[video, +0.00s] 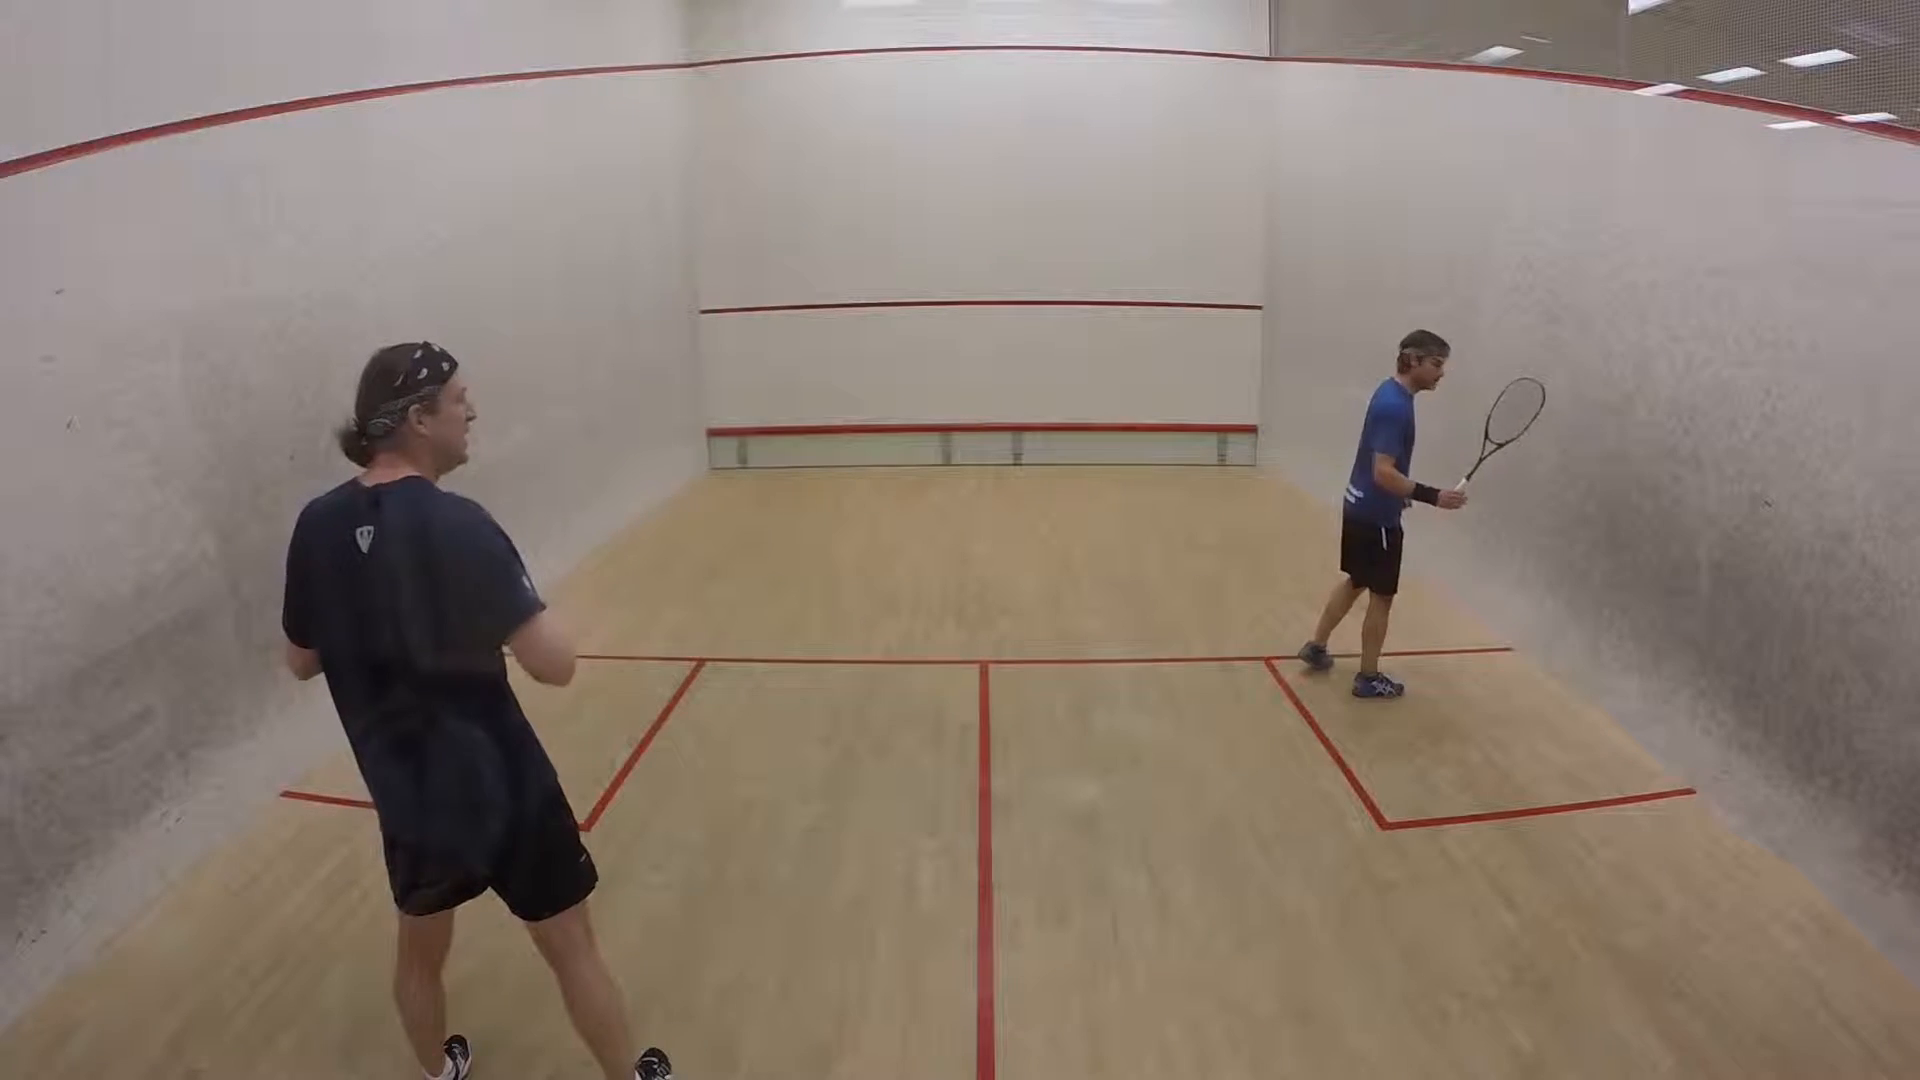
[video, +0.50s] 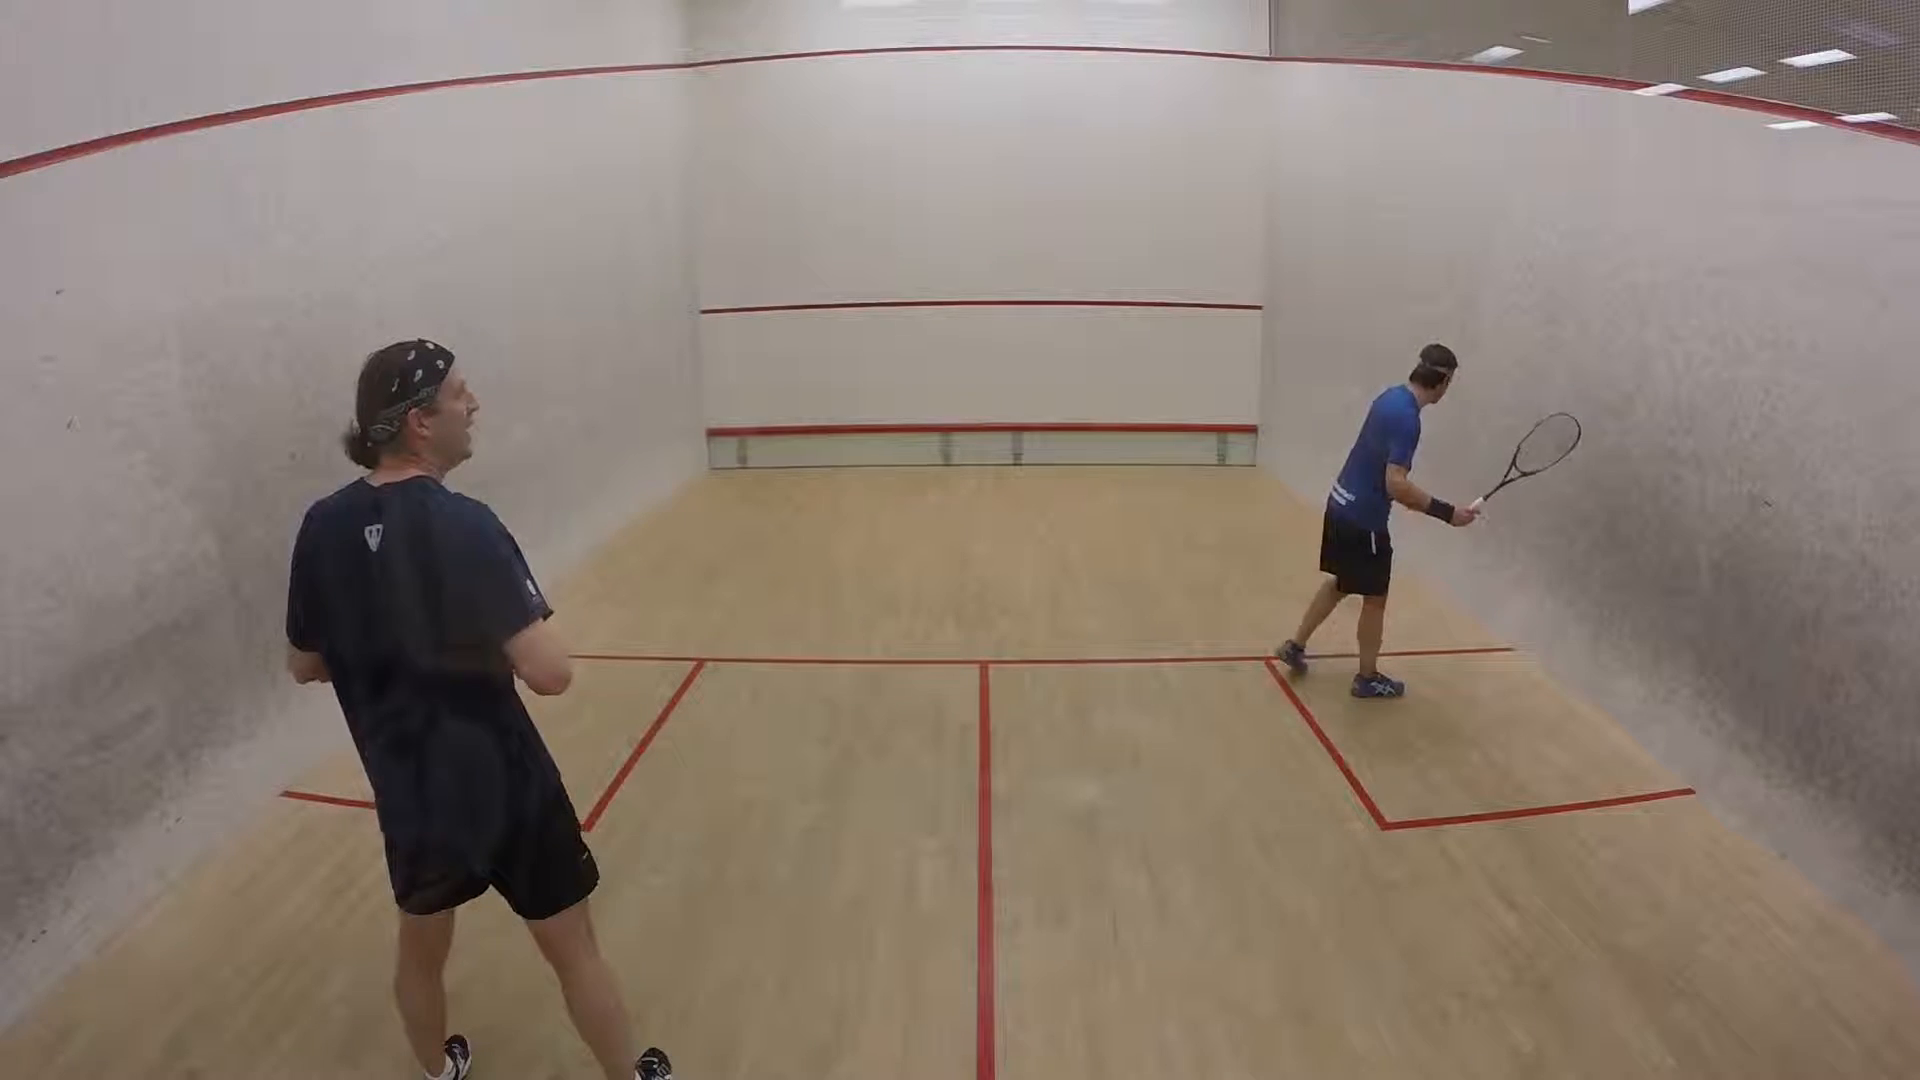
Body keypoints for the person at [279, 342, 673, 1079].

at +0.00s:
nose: (472, 416)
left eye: (467, 400)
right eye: (459, 404)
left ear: (390, 424)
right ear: (414, 421)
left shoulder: (319, 525)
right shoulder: (459, 525)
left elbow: (301, 658)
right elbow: (554, 665)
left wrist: (366, 603)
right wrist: (526, 611)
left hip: (407, 794)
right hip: (502, 782)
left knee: (420, 953)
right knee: (571, 948)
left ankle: (435, 1070)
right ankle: (631, 1071)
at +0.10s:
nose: (473, 412)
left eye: (467, 396)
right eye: (460, 400)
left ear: (390, 425)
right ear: (415, 421)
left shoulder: (322, 523)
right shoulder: (463, 524)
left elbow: (302, 659)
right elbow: (544, 674)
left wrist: (369, 607)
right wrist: (532, 633)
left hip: (408, 792)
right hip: (503, 780)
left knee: (420, 955)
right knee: (572, 949)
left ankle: (436, 1070)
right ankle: (632, 1070)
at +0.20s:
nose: (475, 410)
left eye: (469, 395)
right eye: (461, 399)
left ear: (395, 426)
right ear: (415, 422)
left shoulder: (323, 525)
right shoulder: (465, 524)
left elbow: (306, 659)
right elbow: (543, 674)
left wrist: (377, 613)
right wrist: (536, 630)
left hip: (410, 795)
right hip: (506, 783)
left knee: (421, 954)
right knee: (573, 949)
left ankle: (436, 1070)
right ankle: (631, 1071)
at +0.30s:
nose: (476, 408)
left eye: (469, 393)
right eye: (461, 398)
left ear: (397, 427)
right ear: (415, 423)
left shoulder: (324, 525)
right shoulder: (466, 523)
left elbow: (306, 660)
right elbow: (545, 674)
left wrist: (379, 617)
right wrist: (540, 633)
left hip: (410, 796)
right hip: (507, 784)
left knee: (420, 955)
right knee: (573, 949)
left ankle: (436, 1070)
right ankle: (632, 1070)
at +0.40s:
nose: (475, 407)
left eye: (468, 393)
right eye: (459, 397)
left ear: (399, 426)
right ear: (414, 424)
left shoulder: (324, 524)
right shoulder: (465, 523)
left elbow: (305, 662)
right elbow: (548, 673)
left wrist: (386, 637)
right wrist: (512, 621)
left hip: (409, 796)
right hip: (506, 783)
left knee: (420, 955)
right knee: (575, 952)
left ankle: (437, 1070)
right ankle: (632, 1070)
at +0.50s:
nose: (475, 407)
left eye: (467, 392)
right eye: (459, 397)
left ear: (398, 425)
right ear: (414, 423)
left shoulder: (324, 525)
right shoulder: (465, 524)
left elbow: (306, 663)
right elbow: (550, 672)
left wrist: (386, 642)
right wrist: (504, 623)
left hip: (408, 794)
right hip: (505, 782)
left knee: (420, 953)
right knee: (574, 951)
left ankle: (437, 1070)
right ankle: (632, 1070)